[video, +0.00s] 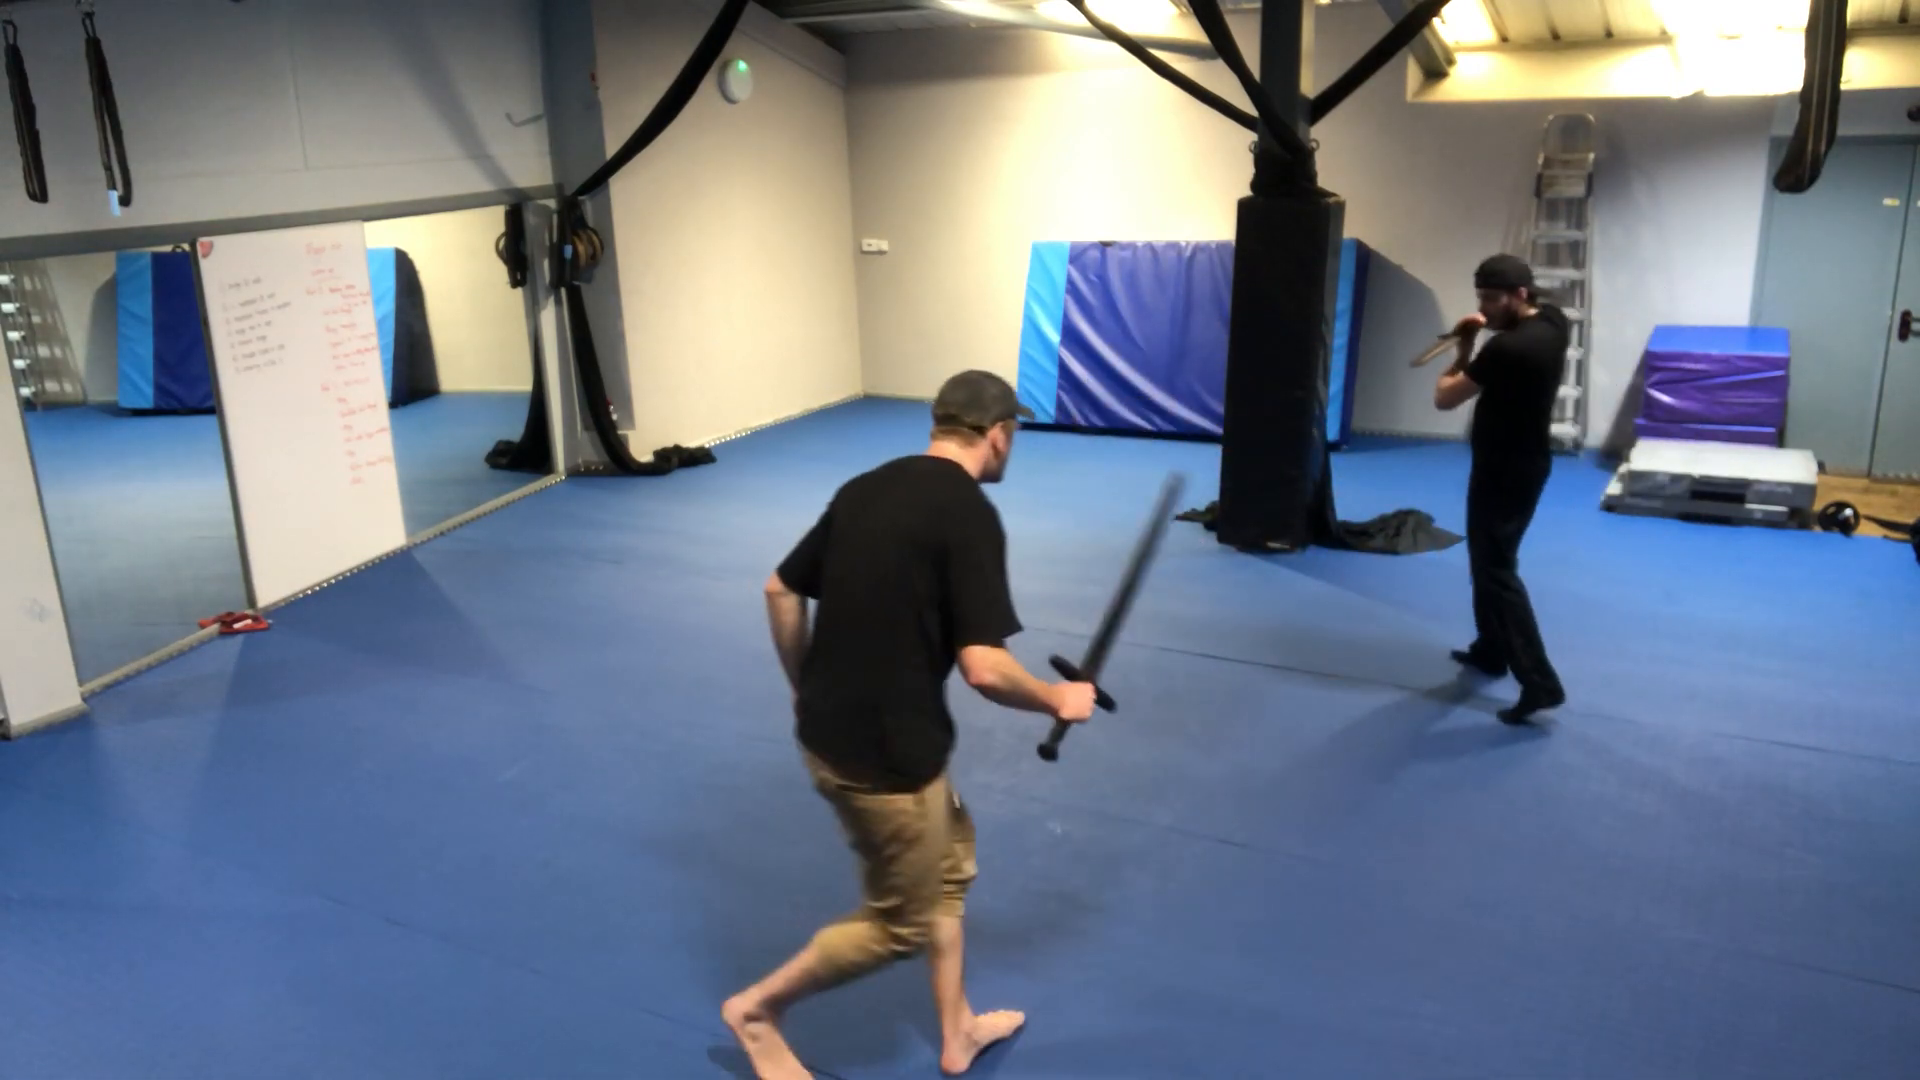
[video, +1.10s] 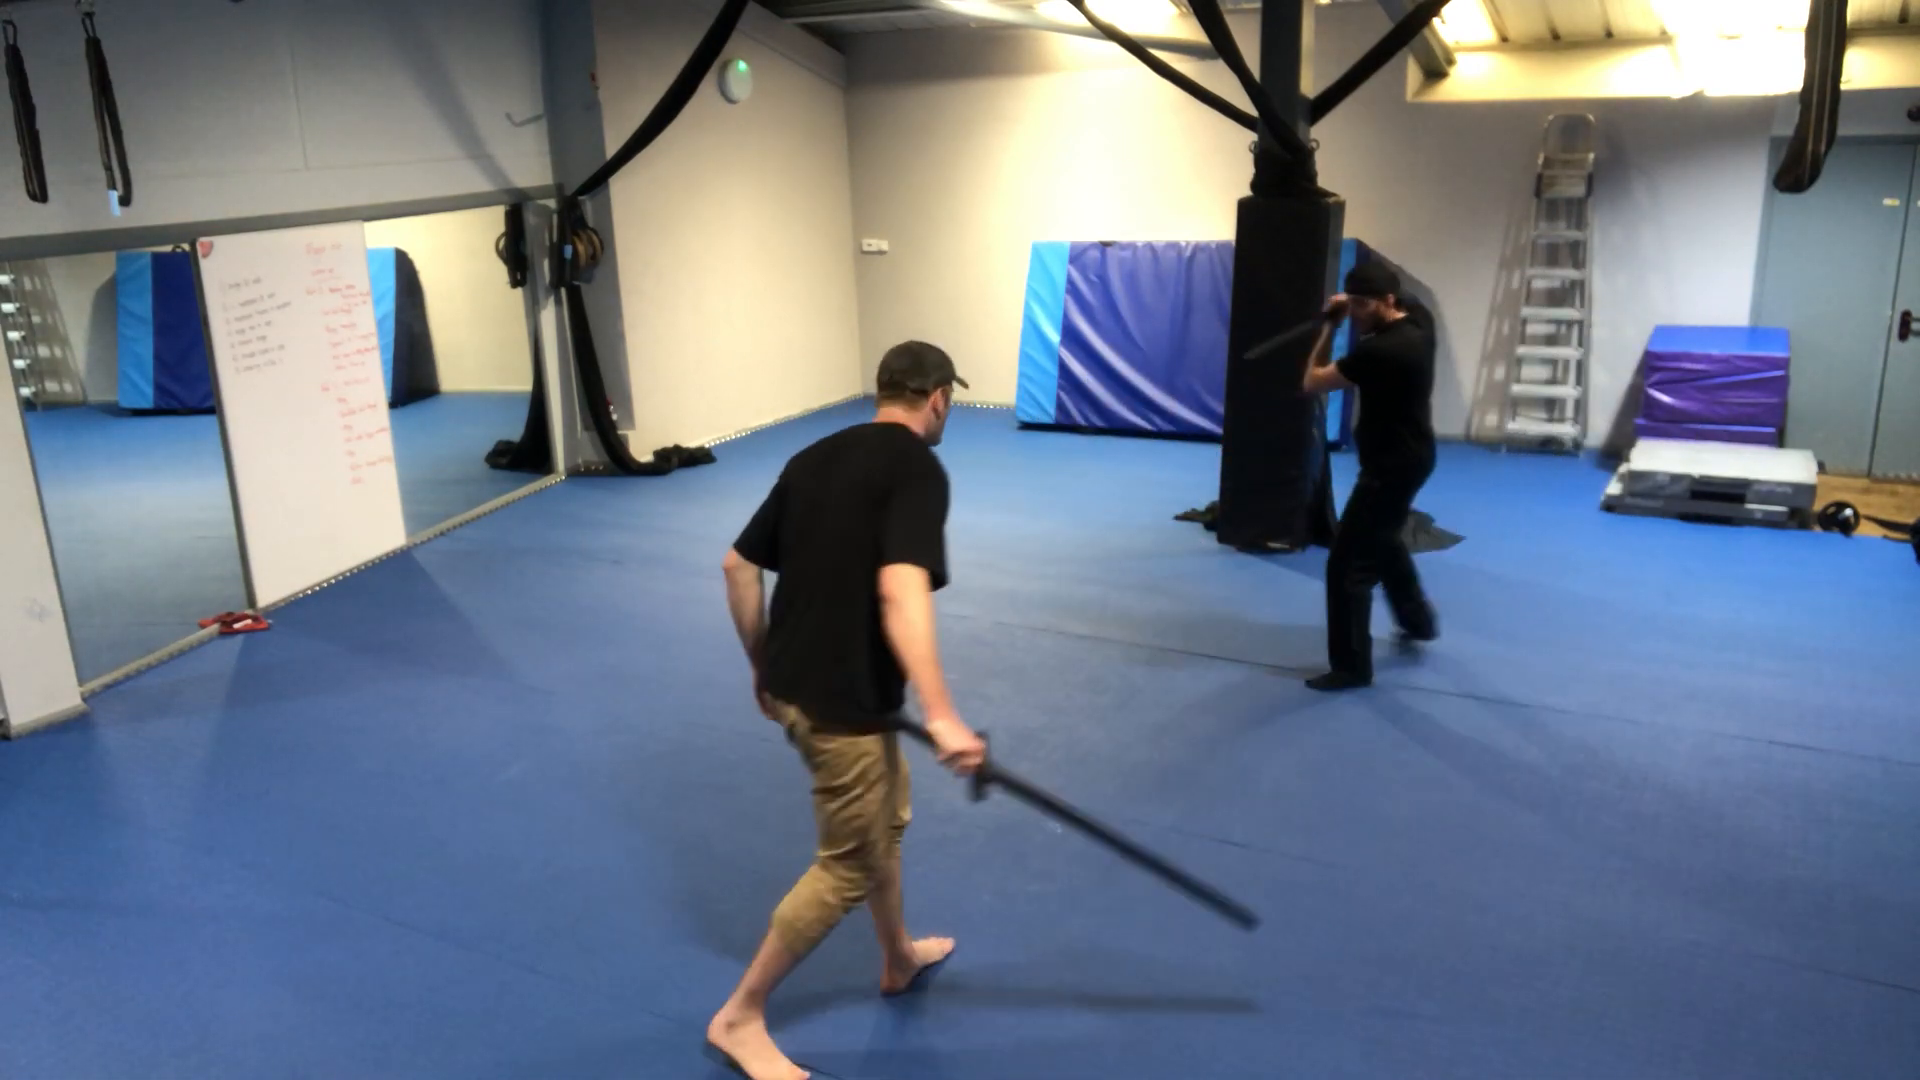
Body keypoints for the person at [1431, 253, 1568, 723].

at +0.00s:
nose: (1483, 308)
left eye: (1491, 299)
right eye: (1481, 298)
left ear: (1519, 296)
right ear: (1525, 296)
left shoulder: (1505, 347)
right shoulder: (1553, 324)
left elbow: (1445, 397)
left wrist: (1463, 353)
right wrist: (1482, 327)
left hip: (1499, 466)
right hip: (1528, 459)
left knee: (1493, 569)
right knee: (1491, 561)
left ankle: (1540, 683)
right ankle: (1492, 649)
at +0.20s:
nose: (1471, 303)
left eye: (1477, 294)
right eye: (1468, 294)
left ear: (1506, 291)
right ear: (1511, 292)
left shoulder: (1496, 341)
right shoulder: (1535, 319)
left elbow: (1433, 387)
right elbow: (1512, 295)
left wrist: (1445, 338)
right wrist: (1470, 313)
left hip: (1486, 461)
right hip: (1513, 457)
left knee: (1449, 561)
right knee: (1488, 557)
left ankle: (1508, 658)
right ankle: (1485, 649)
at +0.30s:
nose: (1464, 301)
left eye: (1470, 292)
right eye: (1461, 293)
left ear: (1498, 290)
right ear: (1502, 289)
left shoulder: (1492, 340)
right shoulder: (1525, 317)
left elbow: (1424, 382)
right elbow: (1502, 290)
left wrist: (1434, 330)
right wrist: (1460, 308)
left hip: (1481, 459)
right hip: (1505, 454)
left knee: (1436, 554)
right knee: (1483, 552)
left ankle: (1472, 662)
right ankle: (1490, 654)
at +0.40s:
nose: (1455, 301)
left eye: (1460, 293)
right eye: (1453, 293)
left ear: (1486, 290)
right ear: (1492, 289)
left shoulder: (1483, 340)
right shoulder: (1516, 318)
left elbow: (1416, 380)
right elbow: (1491, 292)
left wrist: (1424, 329)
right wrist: (1437, 316)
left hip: (1473, 460)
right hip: (1501, 454)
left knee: (1426, 555)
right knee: (1477, 551)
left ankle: (1429, 667)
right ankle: (1489, 652)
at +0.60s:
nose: (1432, 303)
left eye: (1439, 295)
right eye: (1432, 294)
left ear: (1466, 293)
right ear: (1471, 294)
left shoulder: (1461, 342)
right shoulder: (1495, 320)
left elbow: (1393, 379)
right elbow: (1476, 291)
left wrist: (1405, 324)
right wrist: (1435, 298)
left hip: (1455, 465)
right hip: (1480, 460)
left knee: (1411, 561)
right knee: (1466, 554)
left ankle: (1364, 658)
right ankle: (1486, 651)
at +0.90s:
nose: (1384, 306)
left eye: (1389, 298)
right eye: (1383, 298)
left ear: (1415, 297)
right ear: (1423, 296)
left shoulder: (1411, 344)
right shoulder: (1448, 323)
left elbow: (1343, 378)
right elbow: (1426, 295)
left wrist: (1360, 326)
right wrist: (1380, 299)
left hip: (1410, 467)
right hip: (1436, 460)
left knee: (1369, 564)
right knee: (1429, 552)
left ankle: (1354, 667)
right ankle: (1472, 642)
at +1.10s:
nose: (1354, 312)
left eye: (1360, 305)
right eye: (1353, 304)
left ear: (1385, 302)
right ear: (1390, 301)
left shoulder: (1380, 350)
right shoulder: (1417, 323)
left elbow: (1311, 381)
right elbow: (1389, 303)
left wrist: (1329, 326)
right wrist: (1353, 301)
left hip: (1388, 466)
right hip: (1412, 456)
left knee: (1346, 562)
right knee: (1382, 538)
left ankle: (1351, 668)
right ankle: (1417, 622)